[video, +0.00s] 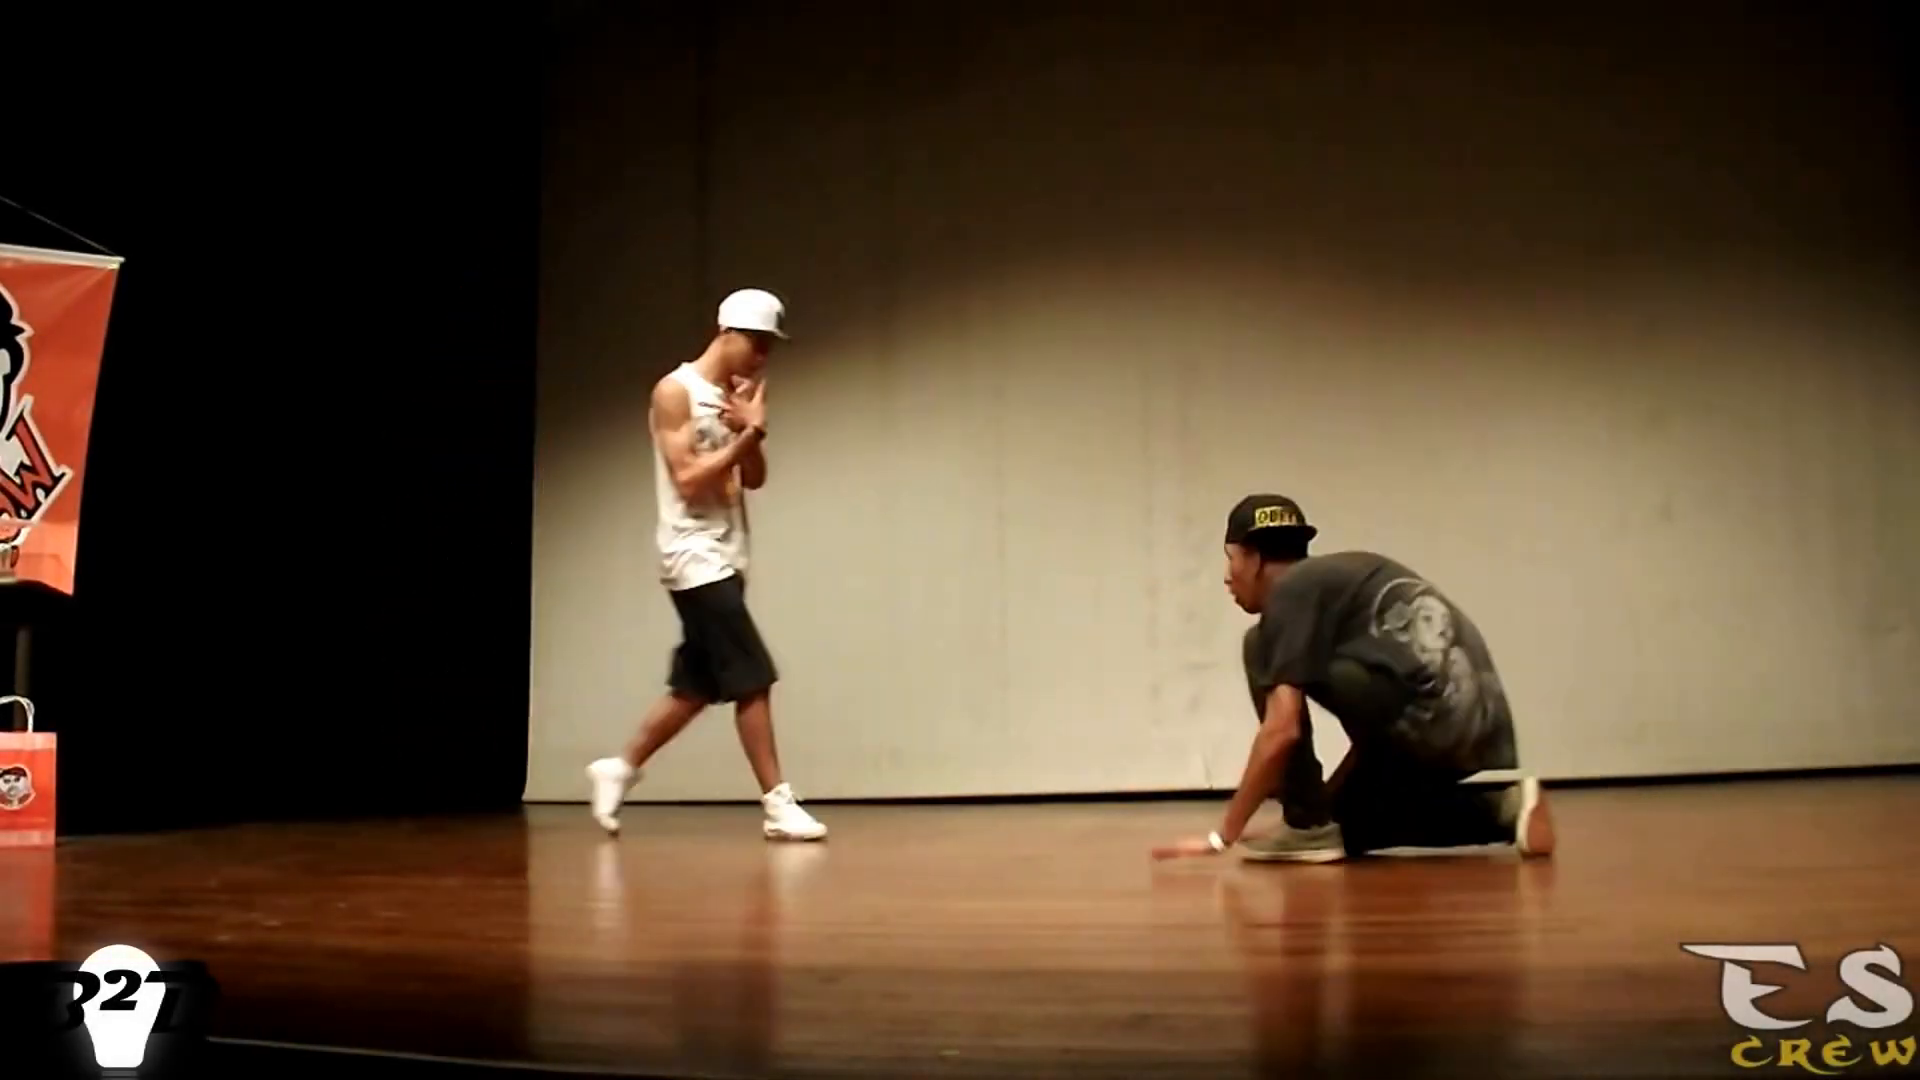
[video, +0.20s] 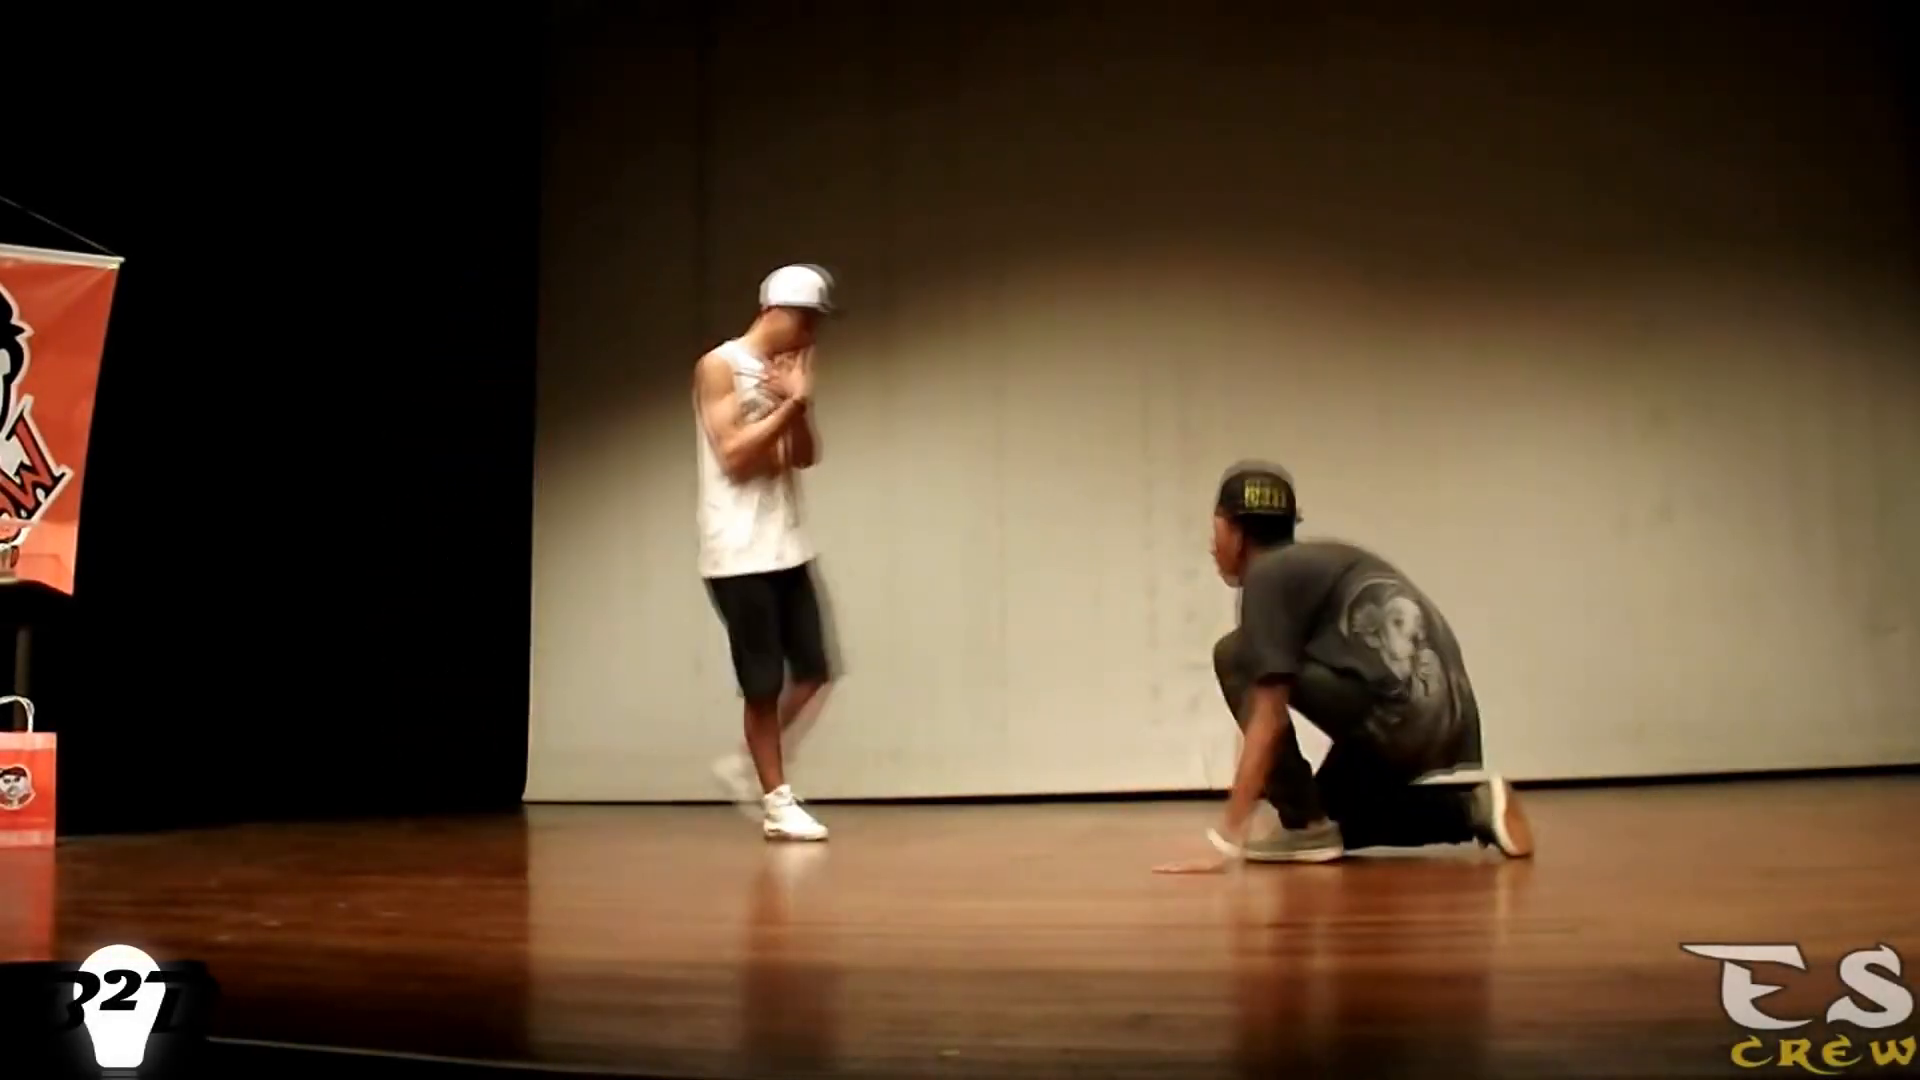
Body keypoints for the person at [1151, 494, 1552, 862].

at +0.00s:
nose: (1225, 576)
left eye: (1229, 558)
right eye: (1226, 560)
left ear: (1257, 556)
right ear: (1291, 551)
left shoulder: (1293, 593)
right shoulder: (1347, 583)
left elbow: (1283, 732)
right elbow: (1377, 732)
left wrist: (1222, 837)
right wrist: (1321, 802)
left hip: (1431, 725)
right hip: (1480, 735)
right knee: (1349, 827)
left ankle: (1310, 828)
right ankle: (1501, 809)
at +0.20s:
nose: (1212, 542)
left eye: (1216, 527)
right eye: (1215, 527)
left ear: (1237, 532)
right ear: (1282, 527)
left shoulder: (1272, 575)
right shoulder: (1324, 565)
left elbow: (1269, 720)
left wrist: (1225, 838)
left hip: (1398, 720)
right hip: (1449, 726)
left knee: (1235, 655)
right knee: (1332, 819)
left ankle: (1306, 825)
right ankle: (1474, 809)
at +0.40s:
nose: (1218, 423)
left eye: (1226, 408)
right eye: (1223, 407)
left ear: (1247, 417)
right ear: (1286, 418)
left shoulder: (1271, 483)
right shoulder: (1321, 473)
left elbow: (1236, 621)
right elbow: (1320, 621)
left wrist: (1185, 717)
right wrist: (1268, 736)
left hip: (1376, 647)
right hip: (1418, 654)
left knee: (1229, 658)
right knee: (1323, 789)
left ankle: (1305, 820)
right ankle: (1483, 803)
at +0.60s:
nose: (1241, 302)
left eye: (1253, 286)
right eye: (1247, 286)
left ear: (1284, 294)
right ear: (1301, 298)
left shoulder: (1302, 357)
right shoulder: (1333, 359)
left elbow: (1228, 463)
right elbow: (1291, 488)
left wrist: (1123, 510)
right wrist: (1230, 547)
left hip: (1388, 556)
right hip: (1423, 559)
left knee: (1245, 643)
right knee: (1325, 710)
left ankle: (1307, 820)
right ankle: (1487, 761)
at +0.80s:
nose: (1309, 211)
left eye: (1321, 198)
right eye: (1315, 198)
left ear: (1352, 203)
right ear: (1366, 207)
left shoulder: (1367, 249)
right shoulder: (1392, 258)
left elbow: (1299, 346)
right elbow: (1344, 393)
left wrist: (1186, 407)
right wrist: (1287, 479)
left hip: (1430, 485)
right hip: (1454, 483)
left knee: (1334, 628)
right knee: (1374, 647)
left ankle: (1319, 825)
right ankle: (1508, 791)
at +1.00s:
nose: (1383, 175)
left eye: (1395, 161)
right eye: (1386, 163)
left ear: (1434, 163)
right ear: (1443, 165)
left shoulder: (1440, 214)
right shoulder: (1480, 218)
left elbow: (1445, 342)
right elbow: (1480, 351)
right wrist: (1440, 459)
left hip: (1471, 467)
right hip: (1501, 467)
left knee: (1421, 621)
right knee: (1465, 630)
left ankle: (1396, 813)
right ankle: (1529, 809)